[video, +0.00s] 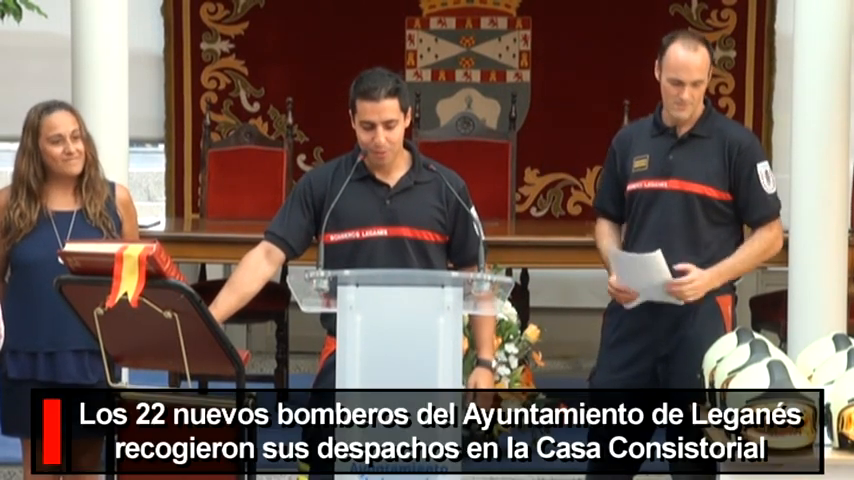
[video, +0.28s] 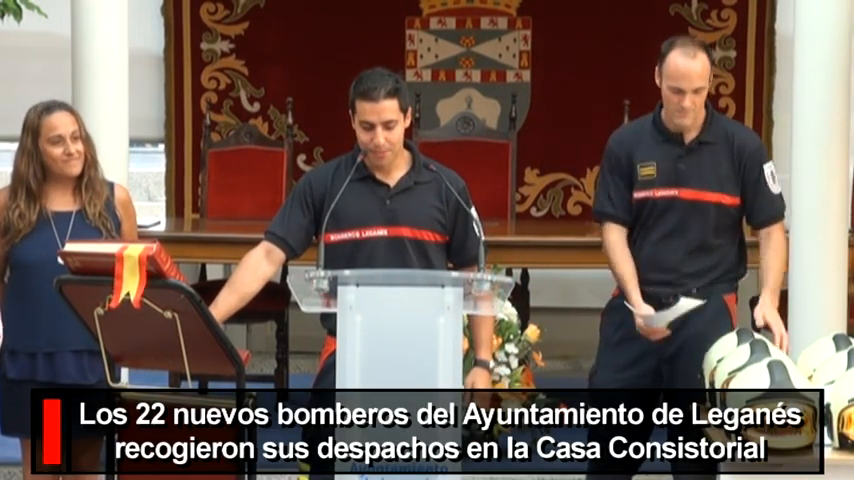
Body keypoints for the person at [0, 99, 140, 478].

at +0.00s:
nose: (72, 147)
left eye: (77, 136)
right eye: (57, 140)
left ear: (86, 140)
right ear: (36, 149)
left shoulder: (116, 199)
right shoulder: (10, 203)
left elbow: (134, 277)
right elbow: (1, 280)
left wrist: (128, 346)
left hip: (93, 360)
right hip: (28, 359)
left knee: (88, 466)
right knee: (40, 467)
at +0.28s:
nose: (72, 148)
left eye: (77, 137)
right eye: (58, 141)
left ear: (85, 140)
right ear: (36, 149)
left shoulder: (115, 199)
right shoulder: (11, 203)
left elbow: (132, 277)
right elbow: (2, 278)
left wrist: (127, 347)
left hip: (92, 359)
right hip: (26, 359)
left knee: (88, 466)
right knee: (40, 467)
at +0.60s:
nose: (72, 149)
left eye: (77, 138)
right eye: (58, 142)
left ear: (85, 140)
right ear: (35, 150)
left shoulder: (114, 200)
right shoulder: (10, 203)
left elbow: (131, 278)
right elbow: (2, 278)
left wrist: (126, 347)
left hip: (91, 359)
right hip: (26, 359)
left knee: (87, 466)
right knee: (40, 468)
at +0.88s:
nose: (72, 148)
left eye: (77, 137)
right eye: (58, 141)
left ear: (85, 140)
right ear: (35, 150)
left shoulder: (114, 199)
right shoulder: (10, 203)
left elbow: (131, 279)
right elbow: (2, 279)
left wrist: (126, 348)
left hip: (91, 360)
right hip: (26, 360)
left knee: (87, 466)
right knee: (40, 468)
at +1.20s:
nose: (73, 148)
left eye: (77, 136)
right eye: (58, 141)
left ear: (85, 139)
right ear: (35, 150)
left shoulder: (114, 200)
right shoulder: (10, 203)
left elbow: (132, 280)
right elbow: (1, 282)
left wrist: (126, 350)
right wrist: (2, 346)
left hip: (92, 362)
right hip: (27, 362)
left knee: (87, 467)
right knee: (40, 469)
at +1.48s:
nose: (73, 148)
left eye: (77, 136)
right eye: (59, 141)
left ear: (85, 139)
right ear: (35, 150)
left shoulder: (115, 200)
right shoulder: (10, 204)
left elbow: (133, 280)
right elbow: (2, 282)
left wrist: (126, 350)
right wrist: (3, 346)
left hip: (92, 362)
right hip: (28, 362)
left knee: (87, 466)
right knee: (41, 468)